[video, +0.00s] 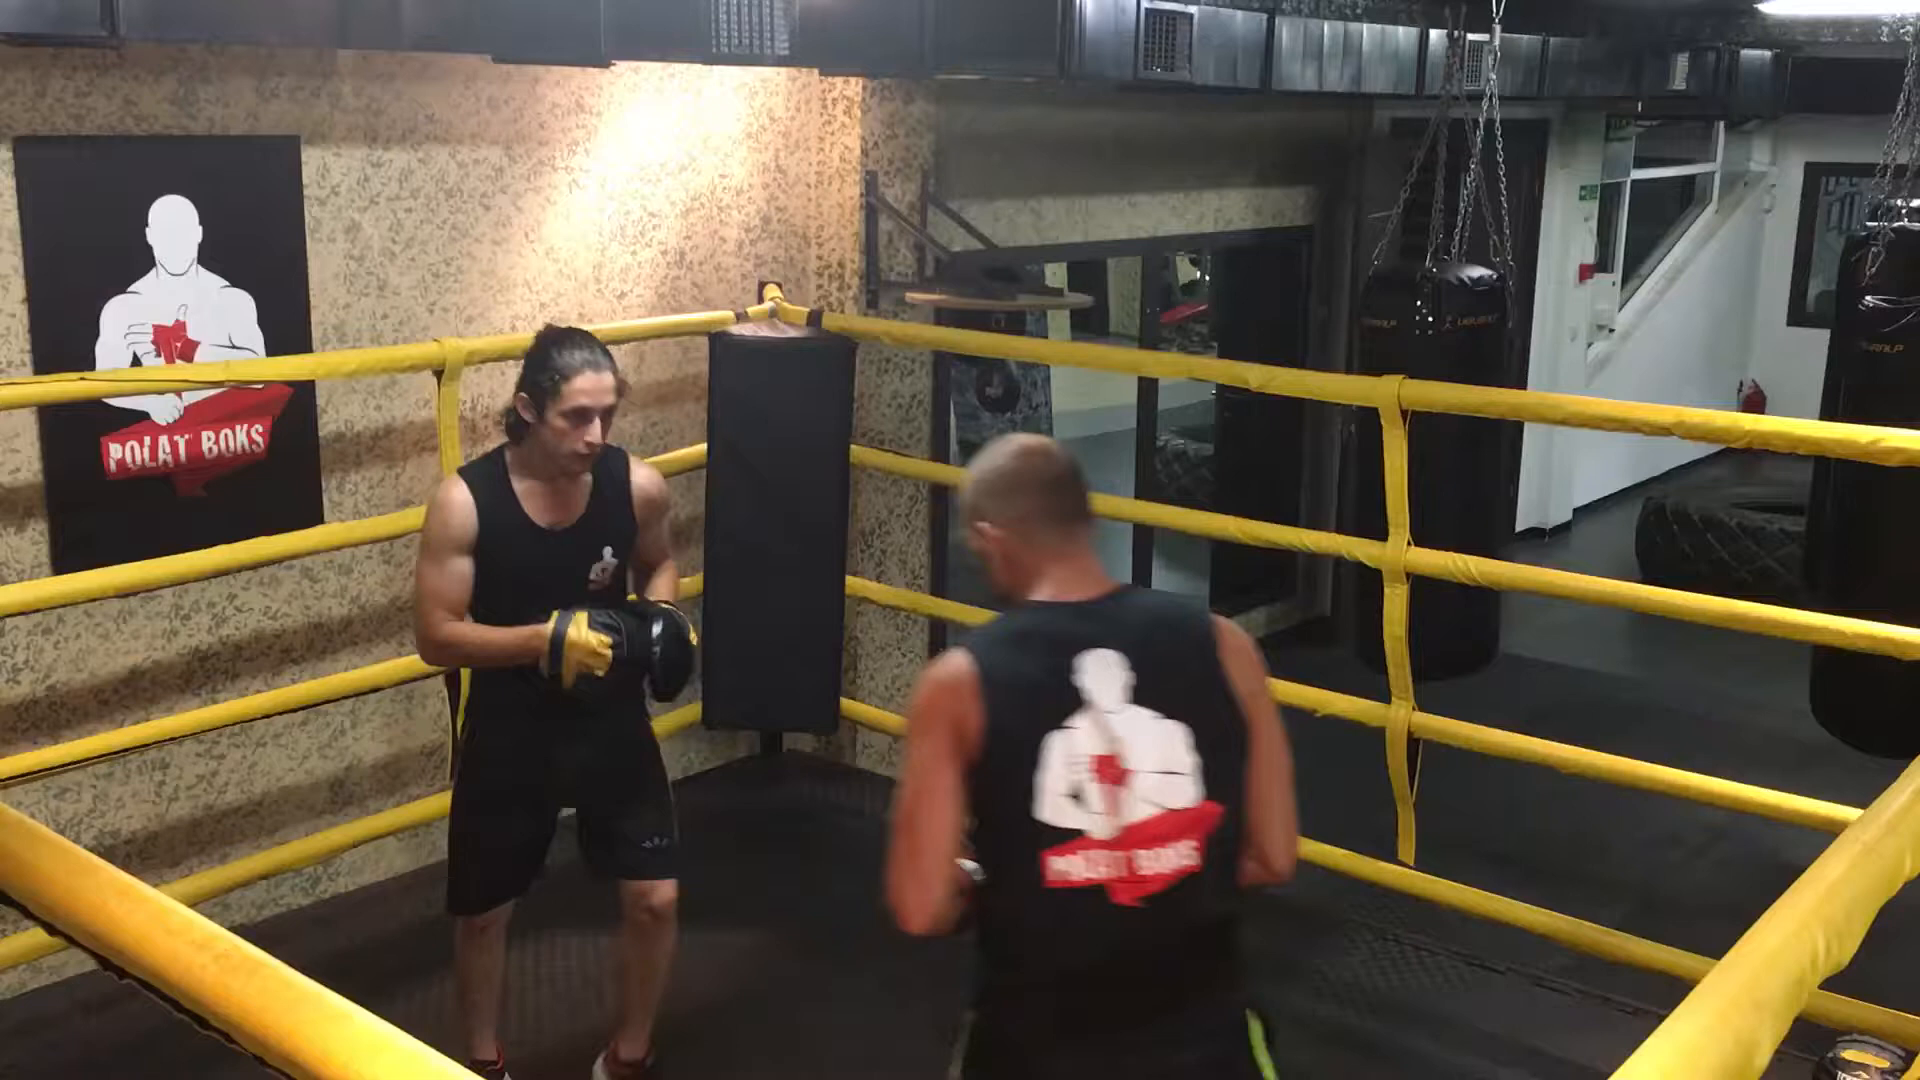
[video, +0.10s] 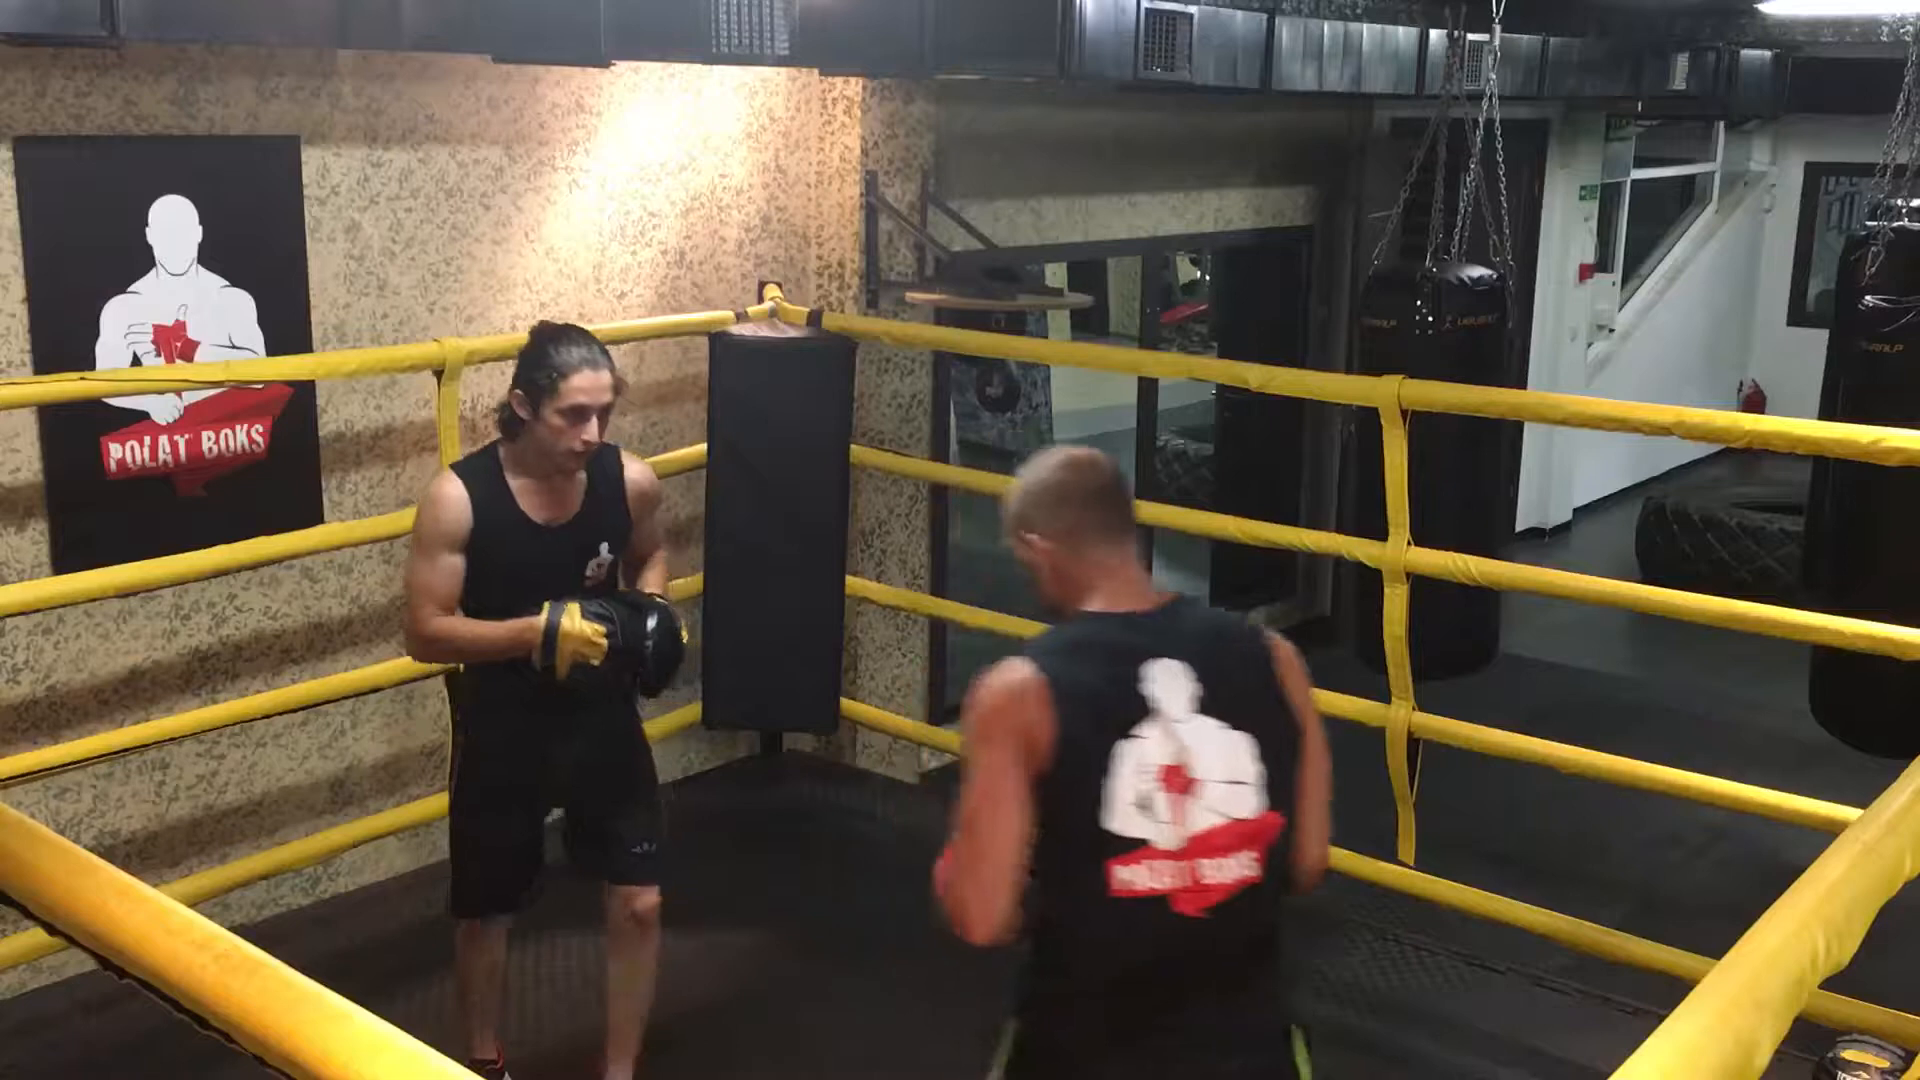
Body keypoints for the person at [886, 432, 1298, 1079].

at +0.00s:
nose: (979, 562)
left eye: (975, 547)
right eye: (975, 549)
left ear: (992, 540)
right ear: (1086, 515)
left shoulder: (961, 681)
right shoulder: (1224, 647)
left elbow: (920, 908)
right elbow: (1273, 857)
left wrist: (996, 871)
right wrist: (1152, 853)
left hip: (1038, 1042)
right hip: (1201, 1033)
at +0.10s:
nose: (1029, 578)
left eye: (1022, 561)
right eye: (1022, 563)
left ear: (1040, 552)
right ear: (1130, 525)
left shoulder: (1019, 691)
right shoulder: (1271, 658)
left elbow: (983, 917)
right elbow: (1308, 863)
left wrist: (958, 858)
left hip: (1084, 1045)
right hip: (1244, 1037)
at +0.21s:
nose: (1089, 592)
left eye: (1084, 571)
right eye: (1080, 573)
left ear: (1110, 560)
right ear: (1196, 539)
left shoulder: (1116, 697)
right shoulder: (1333, 669)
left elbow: (1100, 923)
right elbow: (1355, 839)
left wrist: (1019, 869)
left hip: (1152, 1047)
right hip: (1306, 1043)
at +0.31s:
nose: (1130, 556)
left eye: (1125, 535)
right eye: (1122, 537)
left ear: (1156, 527)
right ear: (1237, 509)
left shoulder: (1166, 660)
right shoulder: (1363, 632)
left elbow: (1169, 886)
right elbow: (1381, 801)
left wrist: (1075, 819)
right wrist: (1146, 781)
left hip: (1191, 1020)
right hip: (1336, 1015)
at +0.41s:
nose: (1149, 523)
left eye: (1150, 505)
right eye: (1144, 504)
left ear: (1184, 504)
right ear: (1268, 483)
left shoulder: (1185, 637)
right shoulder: (1398, 601)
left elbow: (1171, 857)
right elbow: (1414, 780)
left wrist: (1083, 773)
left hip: (1211, 1006)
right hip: (1361, 1001)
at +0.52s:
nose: (1179, 548)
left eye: (1177, 530)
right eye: (1174, 532)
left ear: (1211, 523)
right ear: (1294, 501)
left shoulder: (1206, 655)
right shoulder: (1424, 627)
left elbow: (1144, 875)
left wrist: (1085, 777)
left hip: (1233, 1020)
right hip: (1385, 1015)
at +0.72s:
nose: (1201, 549)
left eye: (1201, 530)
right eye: (1196, 530)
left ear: (1238, 528)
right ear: (1318, 511)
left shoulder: (1229, 655)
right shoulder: (1445, 642)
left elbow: (1205, 877)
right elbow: (1426, 816)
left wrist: (1119, 810)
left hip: (1228, 1030)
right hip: (1382, 1033)